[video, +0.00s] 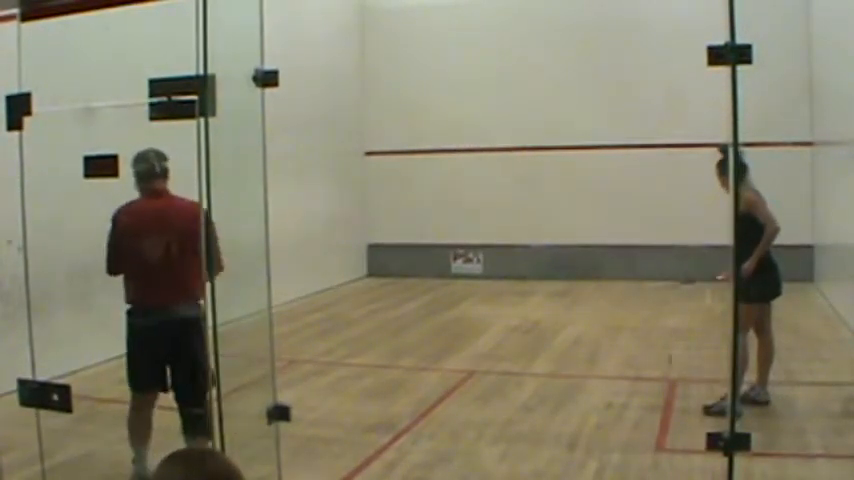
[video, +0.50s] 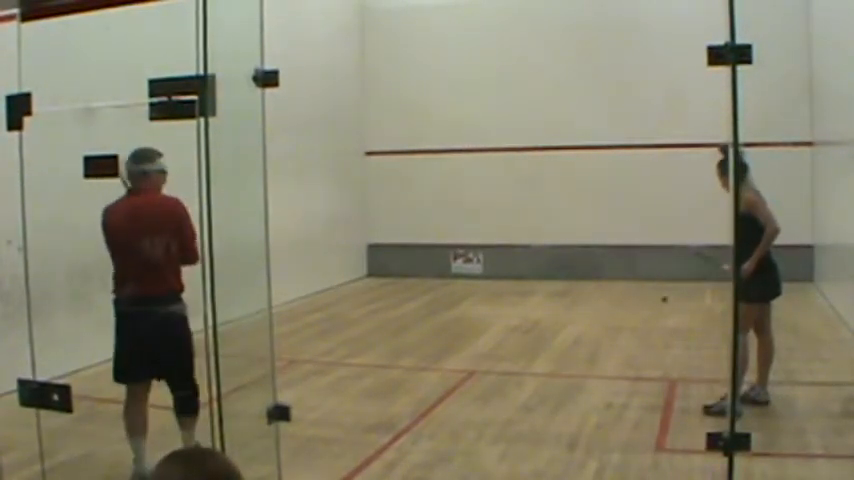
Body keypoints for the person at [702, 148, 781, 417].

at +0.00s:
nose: (720, 183)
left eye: (721, 177)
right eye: (719, 178)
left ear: (729, 176)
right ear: (737, 173)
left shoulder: (749, 198)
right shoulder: (742, 199)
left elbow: (772, 227)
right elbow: (748, 241)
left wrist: (752, 262)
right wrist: (734, 270)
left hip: (754, 277)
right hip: (756, 275)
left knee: (739, 333)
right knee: (763, 331)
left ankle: (733, 395)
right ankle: (760, 388)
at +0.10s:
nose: (720, 184)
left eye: (721, 177)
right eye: (719, 178)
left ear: (729, 176)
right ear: (738, 173)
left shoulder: (749, 198)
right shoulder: (743, 198)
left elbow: (772, 228)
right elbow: (752, 237)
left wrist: (751, 262)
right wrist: (736, 266)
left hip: (754, 277)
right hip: (756, 275)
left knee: (738, 334)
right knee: (763, 331)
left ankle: (733, 394)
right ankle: (760, 388)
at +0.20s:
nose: (720, 183)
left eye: (721, 177)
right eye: (719, 178)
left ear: (729, 176)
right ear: (737, 173)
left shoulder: (749, 198)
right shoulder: (743, 198)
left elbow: (772, 228)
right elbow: (752, 237)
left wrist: (752, 261)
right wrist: (738, 265)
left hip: (754, 277)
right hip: (756, 275)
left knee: (739, 333)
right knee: (763, 331)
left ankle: (733, 395)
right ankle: (760, 388)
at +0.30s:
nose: (721, 183)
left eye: (721, 177)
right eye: (720, 178)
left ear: (729, 176)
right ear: (738, 173)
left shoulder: (749, 198)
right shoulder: (743, 198)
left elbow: (773, 228)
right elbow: (752, 237)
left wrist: (752, 261)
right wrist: (738, 268)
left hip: (754, 277)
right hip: (756, 276)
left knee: (739, 333)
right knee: (762, 331)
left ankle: (733, 395)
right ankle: (760, 388)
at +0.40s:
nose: (721, 183)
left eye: (721, 177)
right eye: (720, 178)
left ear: (729, 176)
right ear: (739, 173)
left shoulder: (749, 198)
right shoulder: (743, 198)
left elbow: (772, 227)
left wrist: (752, 261)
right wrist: (742, 263)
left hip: (753, 277)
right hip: (756, 275)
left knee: (739, 333)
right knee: (763, 331)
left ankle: (733, 394)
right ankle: (760, 388)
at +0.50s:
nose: (720, 184)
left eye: (721, 178)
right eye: (720, 178)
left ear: (729, 176)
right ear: (738, 173)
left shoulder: (749, 198)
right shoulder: (743, 198)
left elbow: (772, 228)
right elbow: (753, 235)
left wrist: (752, 262)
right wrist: (740, 262)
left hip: (753, 277)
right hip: (757, 275)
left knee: (739, 333)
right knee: (763, 331)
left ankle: (733, 395)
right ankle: (760, 388)